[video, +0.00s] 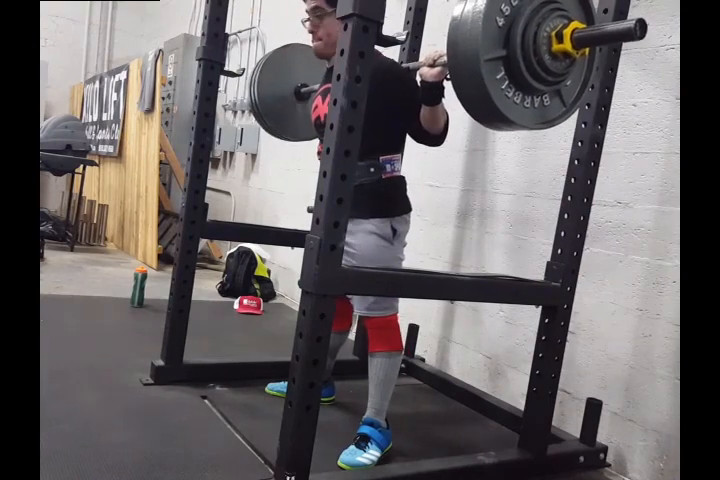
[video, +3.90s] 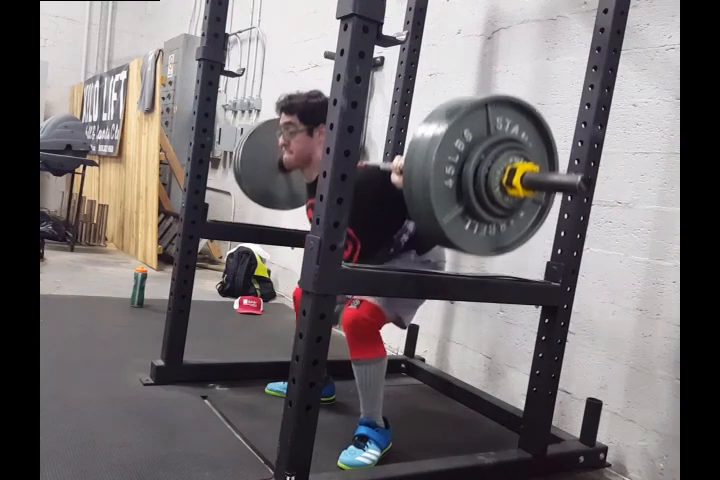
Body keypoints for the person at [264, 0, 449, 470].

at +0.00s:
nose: (310, 31)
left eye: (317, 20)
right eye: (307, 22)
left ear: (348, 19)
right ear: (320, 25)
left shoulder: (387, 74)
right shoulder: (329, 78)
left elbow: (433, 135)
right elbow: (328, 139)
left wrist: (431, 87)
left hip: (377, 215)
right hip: (331, 212)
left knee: (377, 311)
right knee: (327, 301)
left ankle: (375, 424)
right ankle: (317, 379)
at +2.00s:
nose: (305, 63)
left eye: (316, 55)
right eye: (305, 54)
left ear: (345, 63)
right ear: (310, 62)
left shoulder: (378, 118)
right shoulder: (324, 120)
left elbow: (433, 171)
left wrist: (425, 132)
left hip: (400, 234)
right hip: (350, 232)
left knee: (364, 323)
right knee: (304, 296)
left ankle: (374, 428)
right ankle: (315, 381)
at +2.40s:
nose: (288, 124)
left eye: (298, 116)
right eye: (288, 115)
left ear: (329, 124)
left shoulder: (368, 175)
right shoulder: (312, 175)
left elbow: (420, 221)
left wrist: (412, 189)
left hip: (404, 267)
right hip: (352, 266)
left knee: (355, 328)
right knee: (291, 300)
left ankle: (374, 430)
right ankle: (316, 382)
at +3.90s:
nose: (281, 142)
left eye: (290, 132)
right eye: (280, 132)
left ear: (321, 137)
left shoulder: (360, 180)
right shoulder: (316, 187)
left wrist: (408, 174)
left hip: (413, 253)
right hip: (366, 256)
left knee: (359, 319)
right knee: (305, 298)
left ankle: (373, 428)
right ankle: (316, 380)